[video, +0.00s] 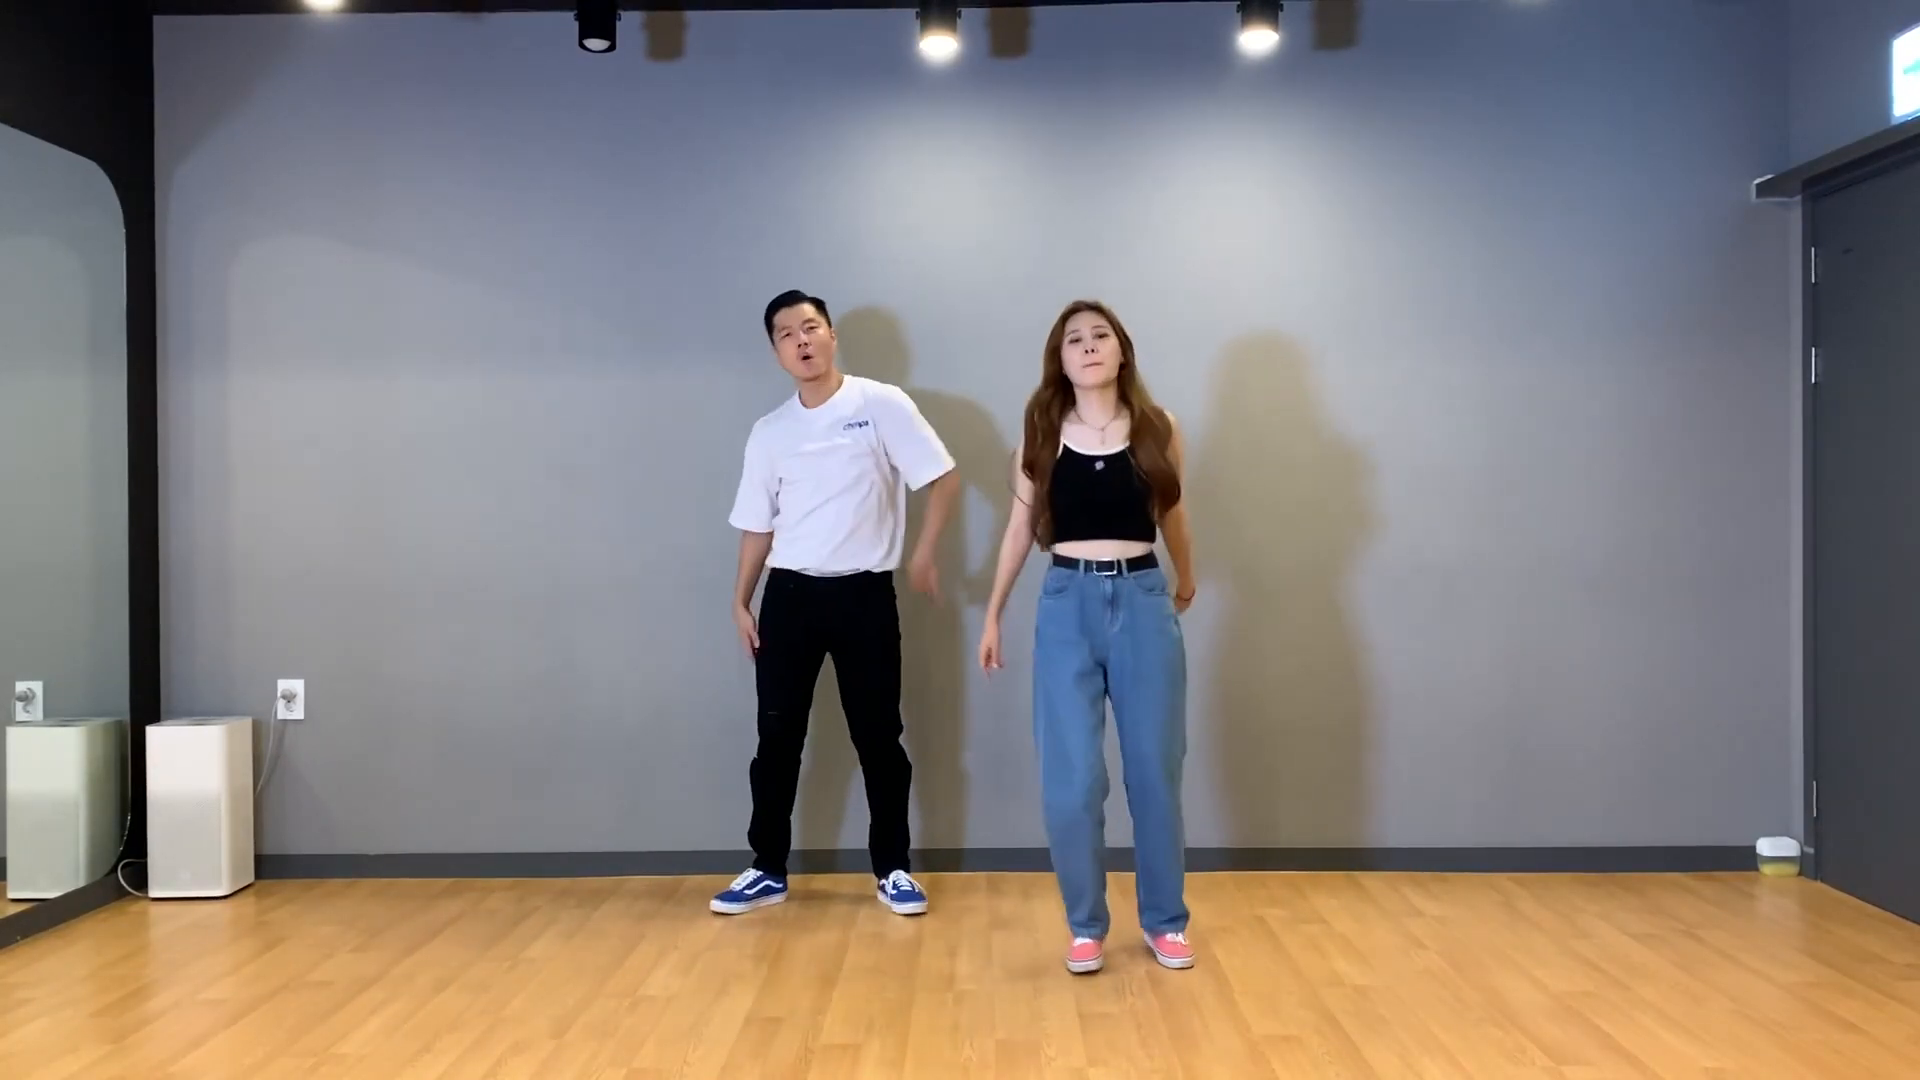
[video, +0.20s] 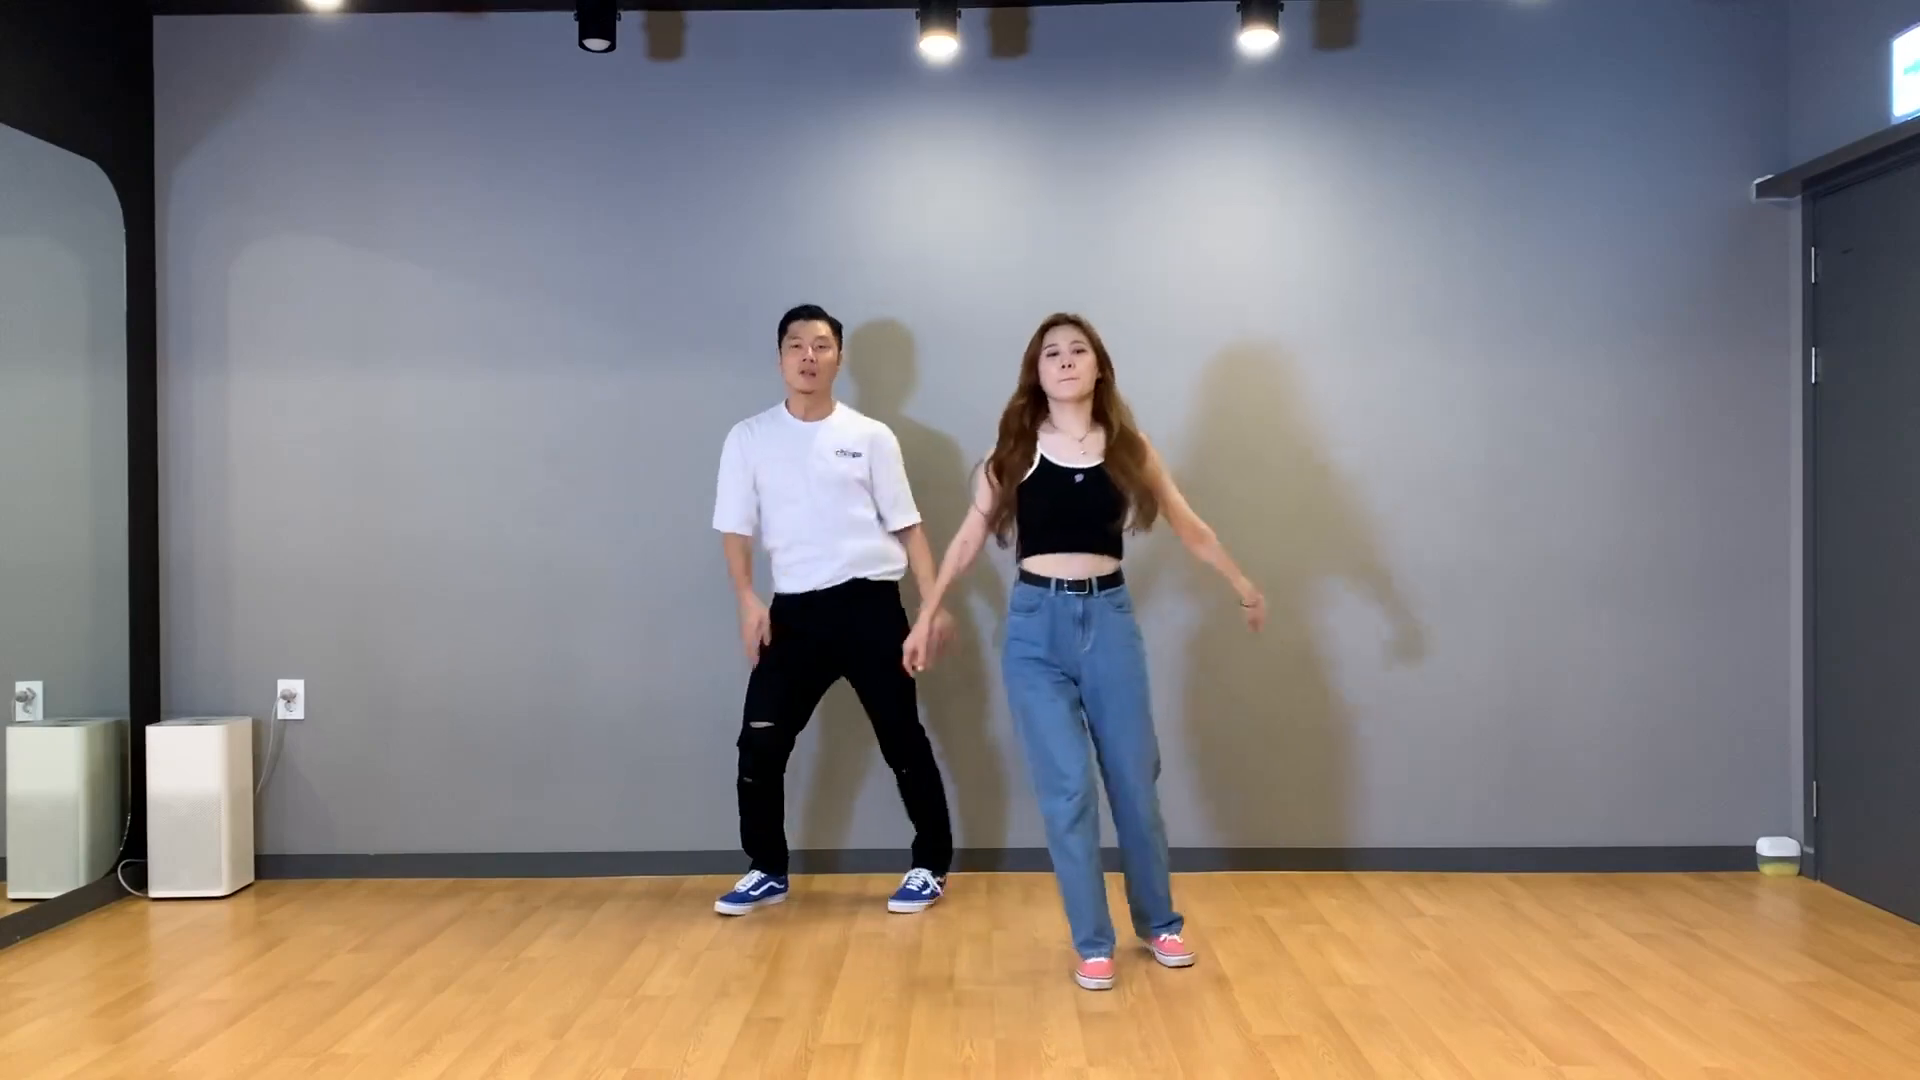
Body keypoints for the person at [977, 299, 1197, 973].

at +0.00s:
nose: (1088, 348)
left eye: (1099, 336)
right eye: (1074, 341)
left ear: (1122, 350)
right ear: (1059, 359)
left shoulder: (1156, 428)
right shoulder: (1042, 434)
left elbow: (1172, 512)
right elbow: (1019, 528)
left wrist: (1186, 578)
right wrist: (993, 613)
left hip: (1145, 604)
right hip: (1065, 606)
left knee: (1154, 770)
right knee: (1072, 777)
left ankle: (1165, 921)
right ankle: (1085, 924)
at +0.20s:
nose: (1067, 362)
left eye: (1078, 352)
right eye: (1053, 355)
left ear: (1100, 368)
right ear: (1035, 374)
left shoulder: (1127, 447)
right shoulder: (1012, 454)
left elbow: (1189, 527)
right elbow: (969, 538)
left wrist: (1241, 581)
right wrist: (928, 612)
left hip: (1109, 622)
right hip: (1033, 625)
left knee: (1134, 781)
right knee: (1067, 788)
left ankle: (1159, 923)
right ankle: (1092, 944)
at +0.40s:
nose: (1040, 386)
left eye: (1052, 376)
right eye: (1027, 376)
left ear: (1072, 387)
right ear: (1010, 388)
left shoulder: (1092, 458)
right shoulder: (985, 448)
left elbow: (1120, 546)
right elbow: (989, 526)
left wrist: (1088, 512)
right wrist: (1045, 466)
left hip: (1057, 630)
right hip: (986, 625)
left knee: (1064, 800)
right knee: (1007, 776)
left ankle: (1013, 895)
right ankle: (1058, 926)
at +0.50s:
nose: (1022, 395)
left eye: (1034, 385)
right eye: (1010, 387)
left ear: (1055, 397)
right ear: (993, 401)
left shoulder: (1076, 475)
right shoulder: (975, 464)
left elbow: (1061, 570)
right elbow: (998, 556)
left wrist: (1035, 501)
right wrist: (1046, 490)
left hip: (1029, 646)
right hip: (959, 639)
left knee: (1043, 801)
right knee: (942, 774)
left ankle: (1002, 910)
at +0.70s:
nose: (979, 385)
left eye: (989, 376)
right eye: (965, 379)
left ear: (1009, 391)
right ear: (947, 398)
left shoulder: (1034, 469)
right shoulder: (925, 461)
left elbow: (1101, 523)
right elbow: (841, 510)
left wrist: (1155, 561)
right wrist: (780, 528)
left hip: (989, 650)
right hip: (922, 640)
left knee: (1017, 798)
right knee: (845, 779)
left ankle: (1008, 916)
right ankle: (772, 905)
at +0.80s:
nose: (962, 386)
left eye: (973, 375)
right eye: (949, 377)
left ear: (992, 388)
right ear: (930, 391)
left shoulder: (1018, 447)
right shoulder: (907, 440)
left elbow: (1098, 436)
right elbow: (819, 415)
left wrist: (1162, 420)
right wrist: (736, 387)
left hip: (983, 643)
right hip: (912, 634)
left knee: (1009, 798)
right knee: (841, 778)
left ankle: (1006, 916)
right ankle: (771, 907)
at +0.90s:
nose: (951, 387)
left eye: (963, 376)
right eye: (938, 376)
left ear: (980, 386)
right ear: (918, 388)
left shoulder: (1001, 441)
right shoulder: (897, 439)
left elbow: (1069, 372)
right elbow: (827, 361)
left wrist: (1126, 319)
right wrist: (759, 294)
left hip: (976, 637)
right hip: (902, 631)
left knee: (1007, 795)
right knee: (842, 776)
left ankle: (1010, 914)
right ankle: (775, 909)